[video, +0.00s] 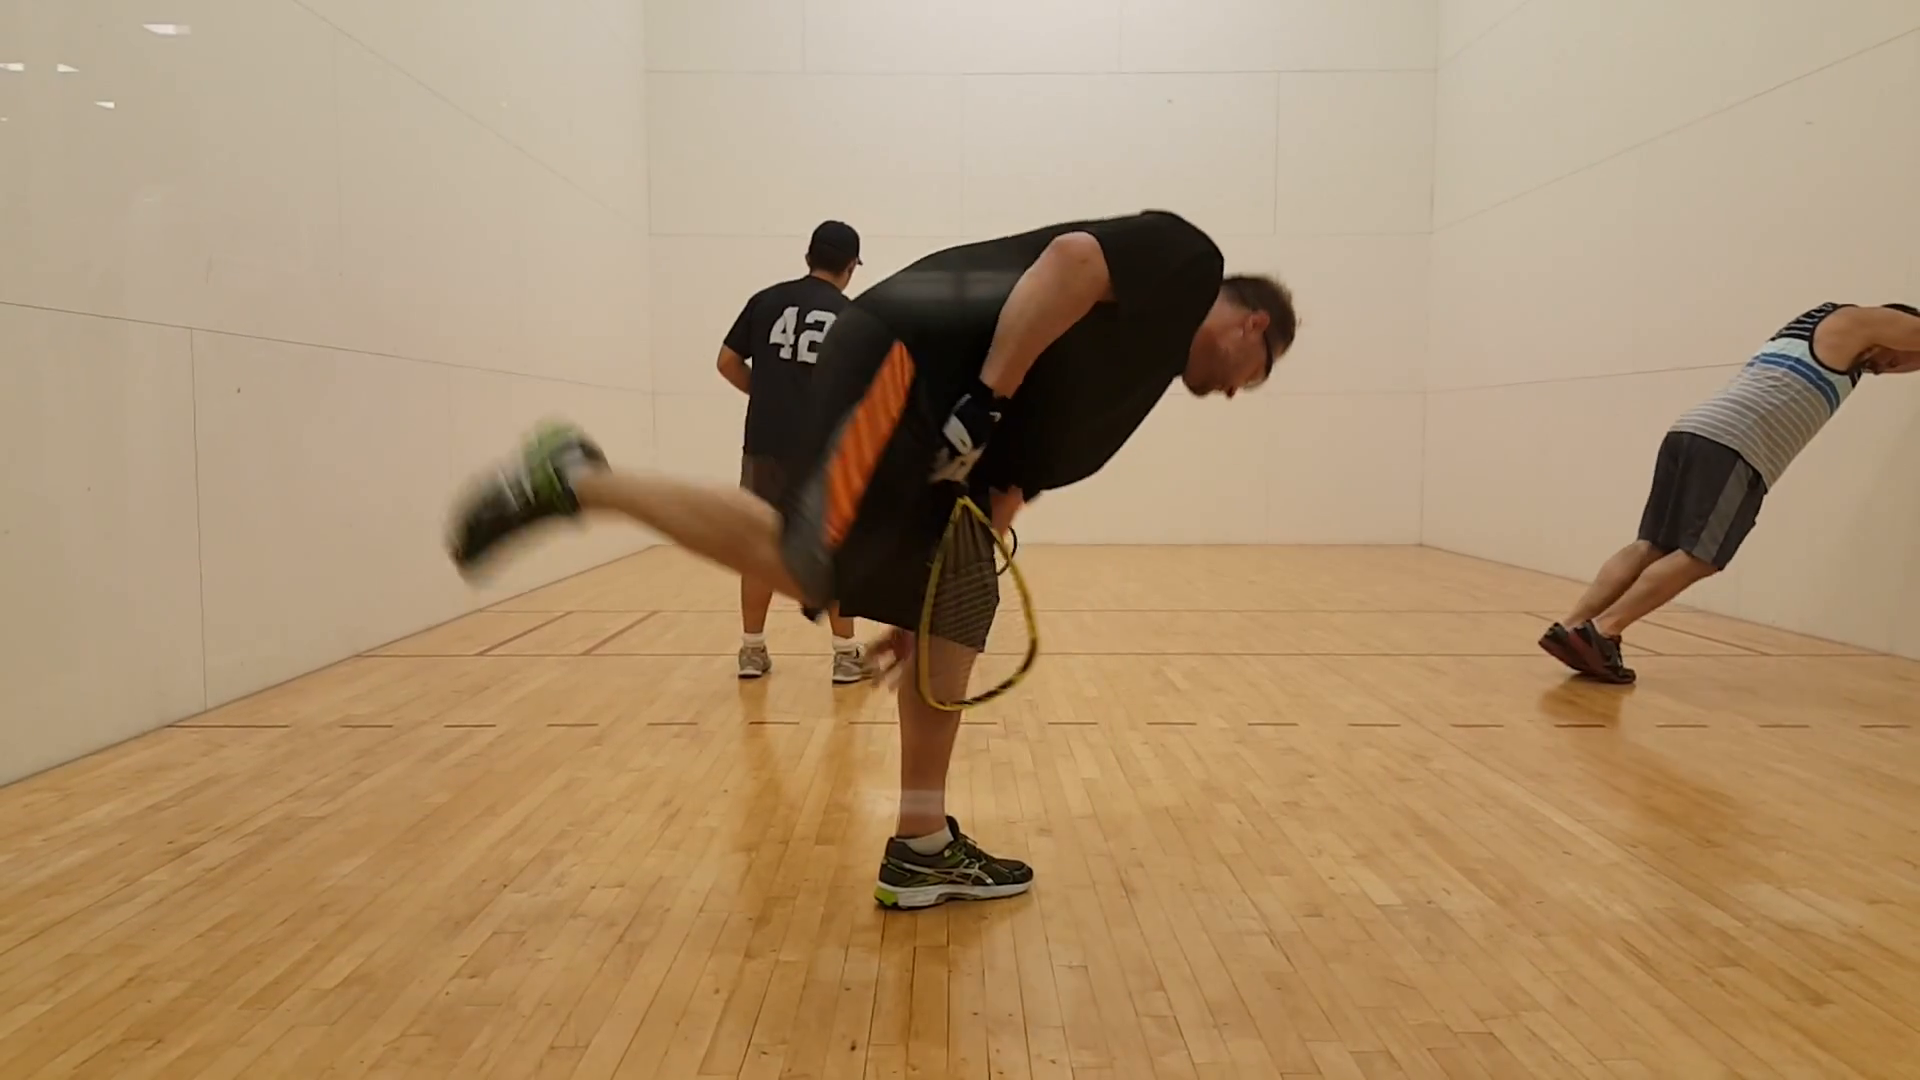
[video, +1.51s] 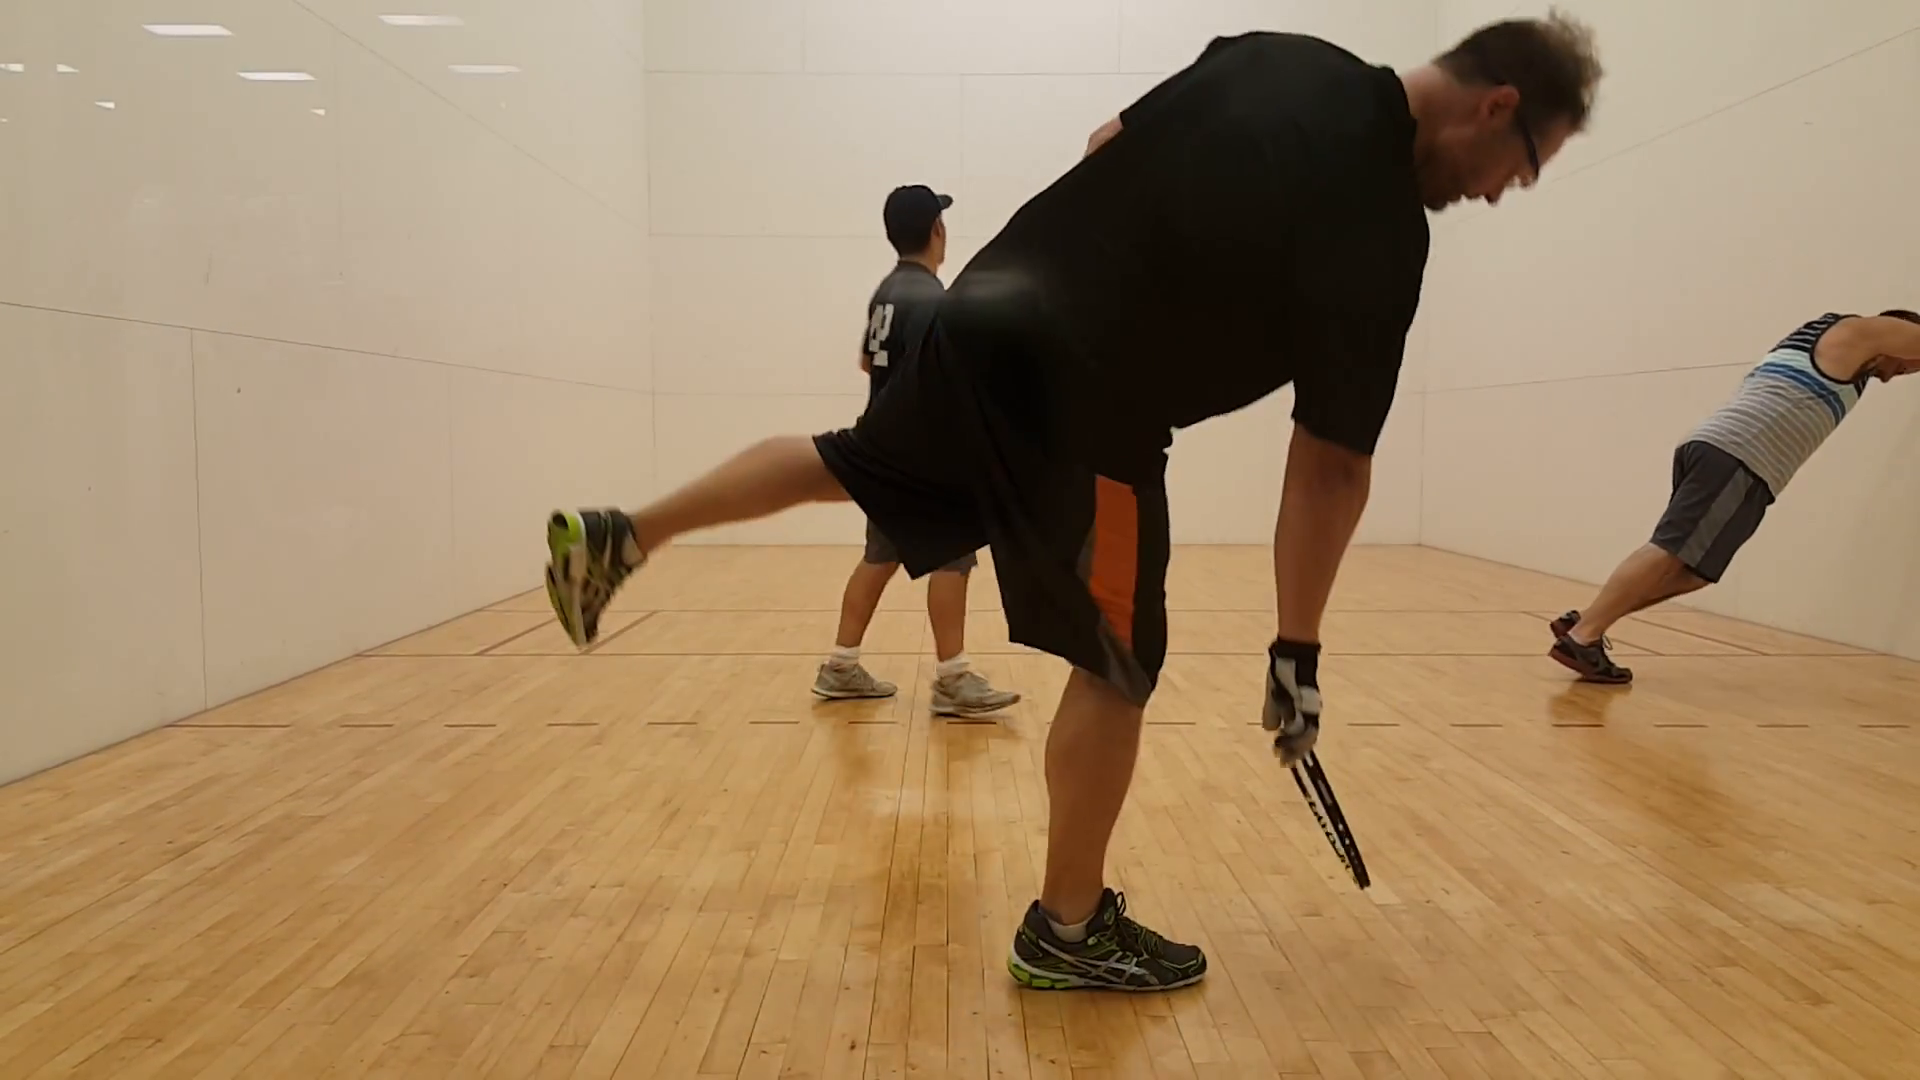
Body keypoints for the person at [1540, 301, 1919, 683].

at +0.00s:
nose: (1894, 367)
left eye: (1903, 363)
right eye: (1901, 357)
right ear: (1892, 333)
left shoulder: (1811, 327)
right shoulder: (1852, 323)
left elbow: (1902, 363)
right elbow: (1919, 342)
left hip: (1690, 433)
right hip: (1733, 449)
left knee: (1654, 542)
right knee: (1700, 556)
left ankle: (1573, 627)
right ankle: (1603, 632)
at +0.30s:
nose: (1889, 387)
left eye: (1898, 380)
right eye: (1898, 375)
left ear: (1879, 350)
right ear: (1885, 352)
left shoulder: (1806, 339)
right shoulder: (1850, 347)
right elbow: (1917, 348)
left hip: (1673, 442)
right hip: (1725, 466)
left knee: (1623, 545)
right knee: (1742, 571)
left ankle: (1560, 638)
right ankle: (1634, 625)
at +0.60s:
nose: (1897, 372)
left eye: (1905, 366)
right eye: (1904, 361)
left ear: (1888, 341)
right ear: (1891, 339)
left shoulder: (1810, 330)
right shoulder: (1855, 335)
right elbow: (1918, 338)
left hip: (1685, 438)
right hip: (1730, 461)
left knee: (1637, 543)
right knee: (1709, 570)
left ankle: (1564, 631)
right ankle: (1604, 632)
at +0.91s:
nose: (1897, 369)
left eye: (1906, 364)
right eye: (1906, 359)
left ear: (1894, 333)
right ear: (1897, 333)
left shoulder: (1820, 330)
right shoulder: (1851, 325)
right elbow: (1919, 332)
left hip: (1705, 439)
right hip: (1730, 451)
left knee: (1665, 548)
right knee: (1675, 551)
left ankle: (1579, 625)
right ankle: (1588, 634)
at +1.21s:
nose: (1898, 390)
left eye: (1906, 384)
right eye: (1905, 379)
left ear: (1890, 362)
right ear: (1892, 358)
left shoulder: (1825, 358)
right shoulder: (1852, 350)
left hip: (1730, 475)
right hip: (1726, 467)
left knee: (1705, 580)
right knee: (1654, 554)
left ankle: (1592, 618)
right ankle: (1575, 645)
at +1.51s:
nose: (1900, 375)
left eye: (1908, 368)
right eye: (1907, 363)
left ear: (1891, 340)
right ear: (1895, 337)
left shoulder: (1825, 343)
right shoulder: (1851, 334)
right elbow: (1917, 336)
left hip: (1738, 464)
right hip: (1734, 459)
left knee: (1698, 570)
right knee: (1672, 552)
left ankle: (1587, 620)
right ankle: (1583, 637)